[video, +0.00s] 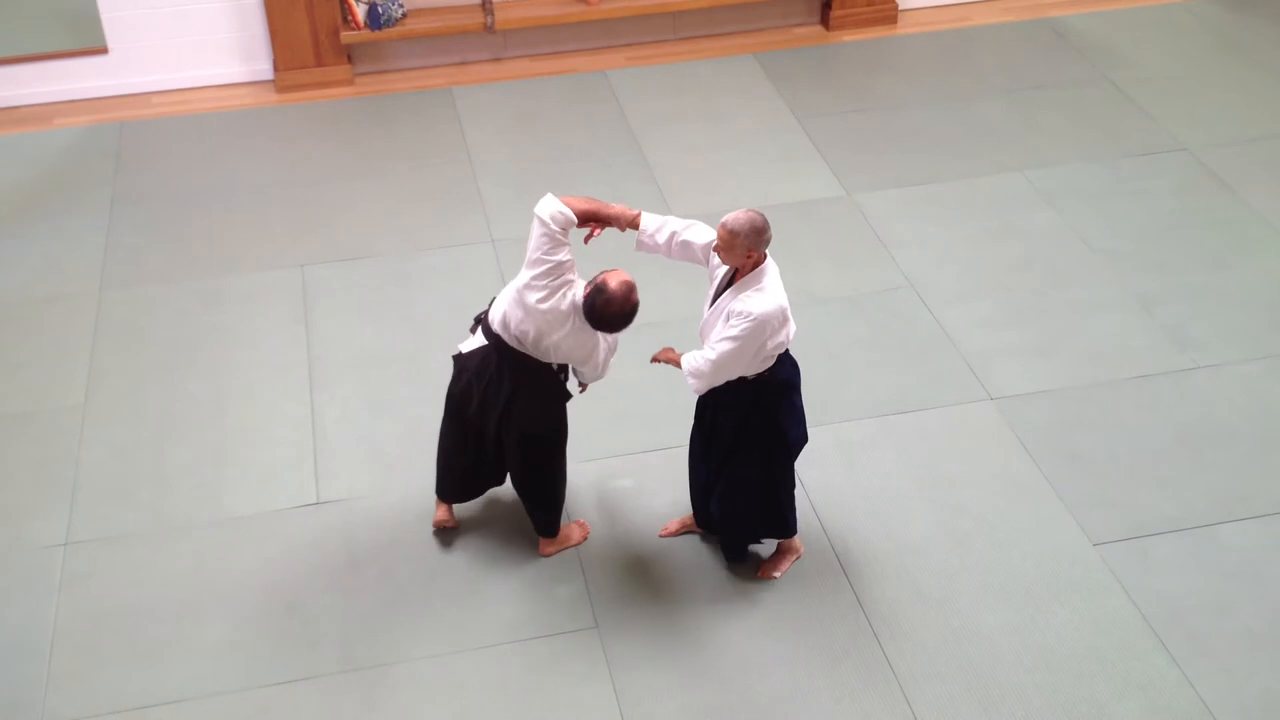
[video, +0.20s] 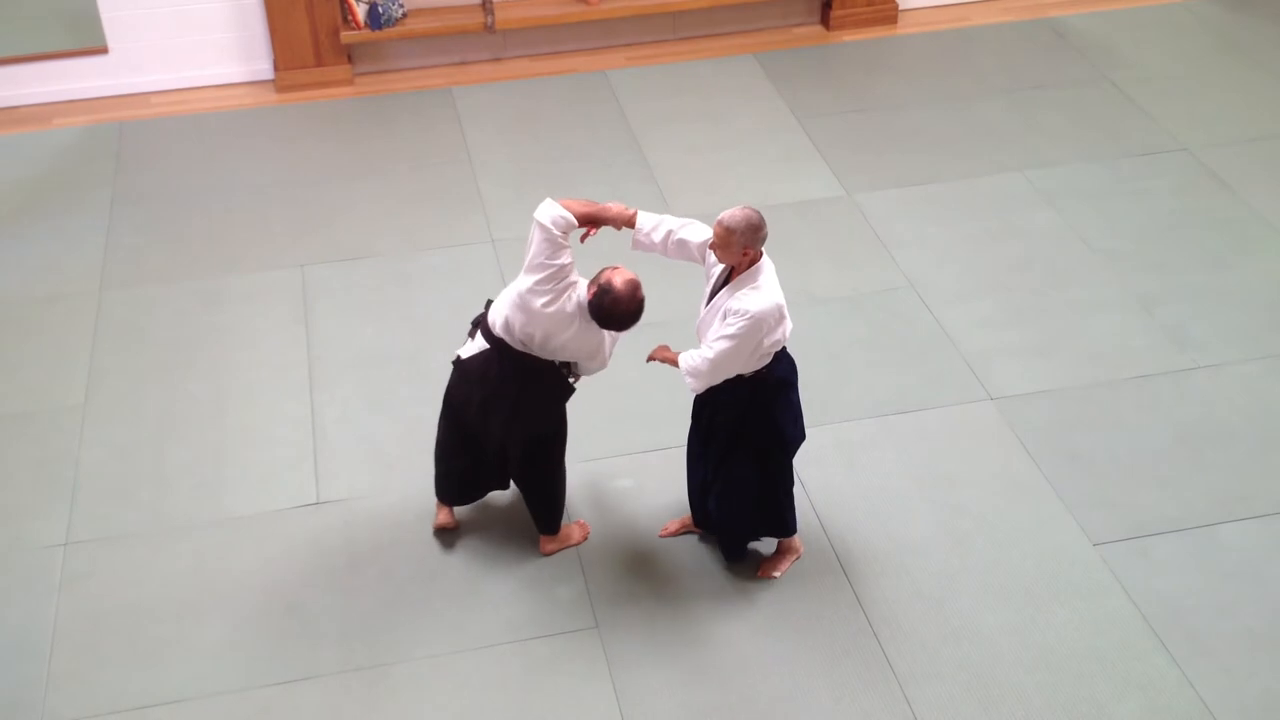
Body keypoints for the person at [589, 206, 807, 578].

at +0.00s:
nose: (715, 248)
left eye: (723, 246)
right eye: (717, 241)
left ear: (751, 257)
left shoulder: (760, 309)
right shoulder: (729, 255)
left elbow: (713, 365)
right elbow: (679, 233)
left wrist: (677, 358)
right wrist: (624, 218)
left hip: (762, 392)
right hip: (727, 380)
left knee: (768, 469)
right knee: (710, 452)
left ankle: (788, 542)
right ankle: (706, 515)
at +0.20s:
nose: (710, 247)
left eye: (719, 245)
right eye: (713, 240)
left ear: (748, 255)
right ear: (742, 250)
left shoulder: (757, 306)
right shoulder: (728, 251)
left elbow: (711, 363)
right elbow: (676, 232)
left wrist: (673, 357)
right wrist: (622, 217)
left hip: (760, 388)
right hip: (723, 378)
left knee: (768, 467)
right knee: (708, 451)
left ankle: (788, 543)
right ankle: (706, 515)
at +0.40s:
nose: (712, 245)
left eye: (722, 242)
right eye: (715, 237)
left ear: (752, 249)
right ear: (715, 229)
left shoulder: (759, 304)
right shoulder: (722, 251)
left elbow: (717, 365)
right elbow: (676, 233)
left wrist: (678, 366)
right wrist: (621, 216)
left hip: (761, 387)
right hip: (723, 375)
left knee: (771, 467)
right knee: (706, 449)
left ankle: (789, 543)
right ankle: (705, 515)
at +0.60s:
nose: (729, 240)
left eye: (739, 234)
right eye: (728, 230)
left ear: (766, 238)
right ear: (725, 225)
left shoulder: (772, 300)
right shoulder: (723, 252)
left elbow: (749, 369)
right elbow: (675, 239)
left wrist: (701, 384)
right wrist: (618, 220)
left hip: (768, 390)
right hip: (727, 376)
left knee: (773, 469)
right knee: (707, 449)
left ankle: (789, 543)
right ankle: (706, 514)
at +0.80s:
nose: (745, 239)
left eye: (757, 234)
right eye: (743, 229)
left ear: (781, 237)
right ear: (740, 226)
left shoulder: (790, 298)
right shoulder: (731, 258)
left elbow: (787, 374)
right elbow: (681, 254)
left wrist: (732, 407)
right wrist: (625, 238)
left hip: (777, 396)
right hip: (734, 378)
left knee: (773, 472)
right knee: (711, 447)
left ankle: (789, 544)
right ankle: (706, 515)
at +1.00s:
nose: (760, 242)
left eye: (771, 236)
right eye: (758, 232)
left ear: (797, 240)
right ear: (754, 229)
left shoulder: (804, 303)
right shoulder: (752, 263)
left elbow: (812, 378)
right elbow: (704, 272)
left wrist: (769, 417)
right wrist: (652, 269)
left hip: (794, 401)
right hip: (754, 382)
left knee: (779, 478)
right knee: (723, 442)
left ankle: (788, 544)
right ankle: (709, 509)